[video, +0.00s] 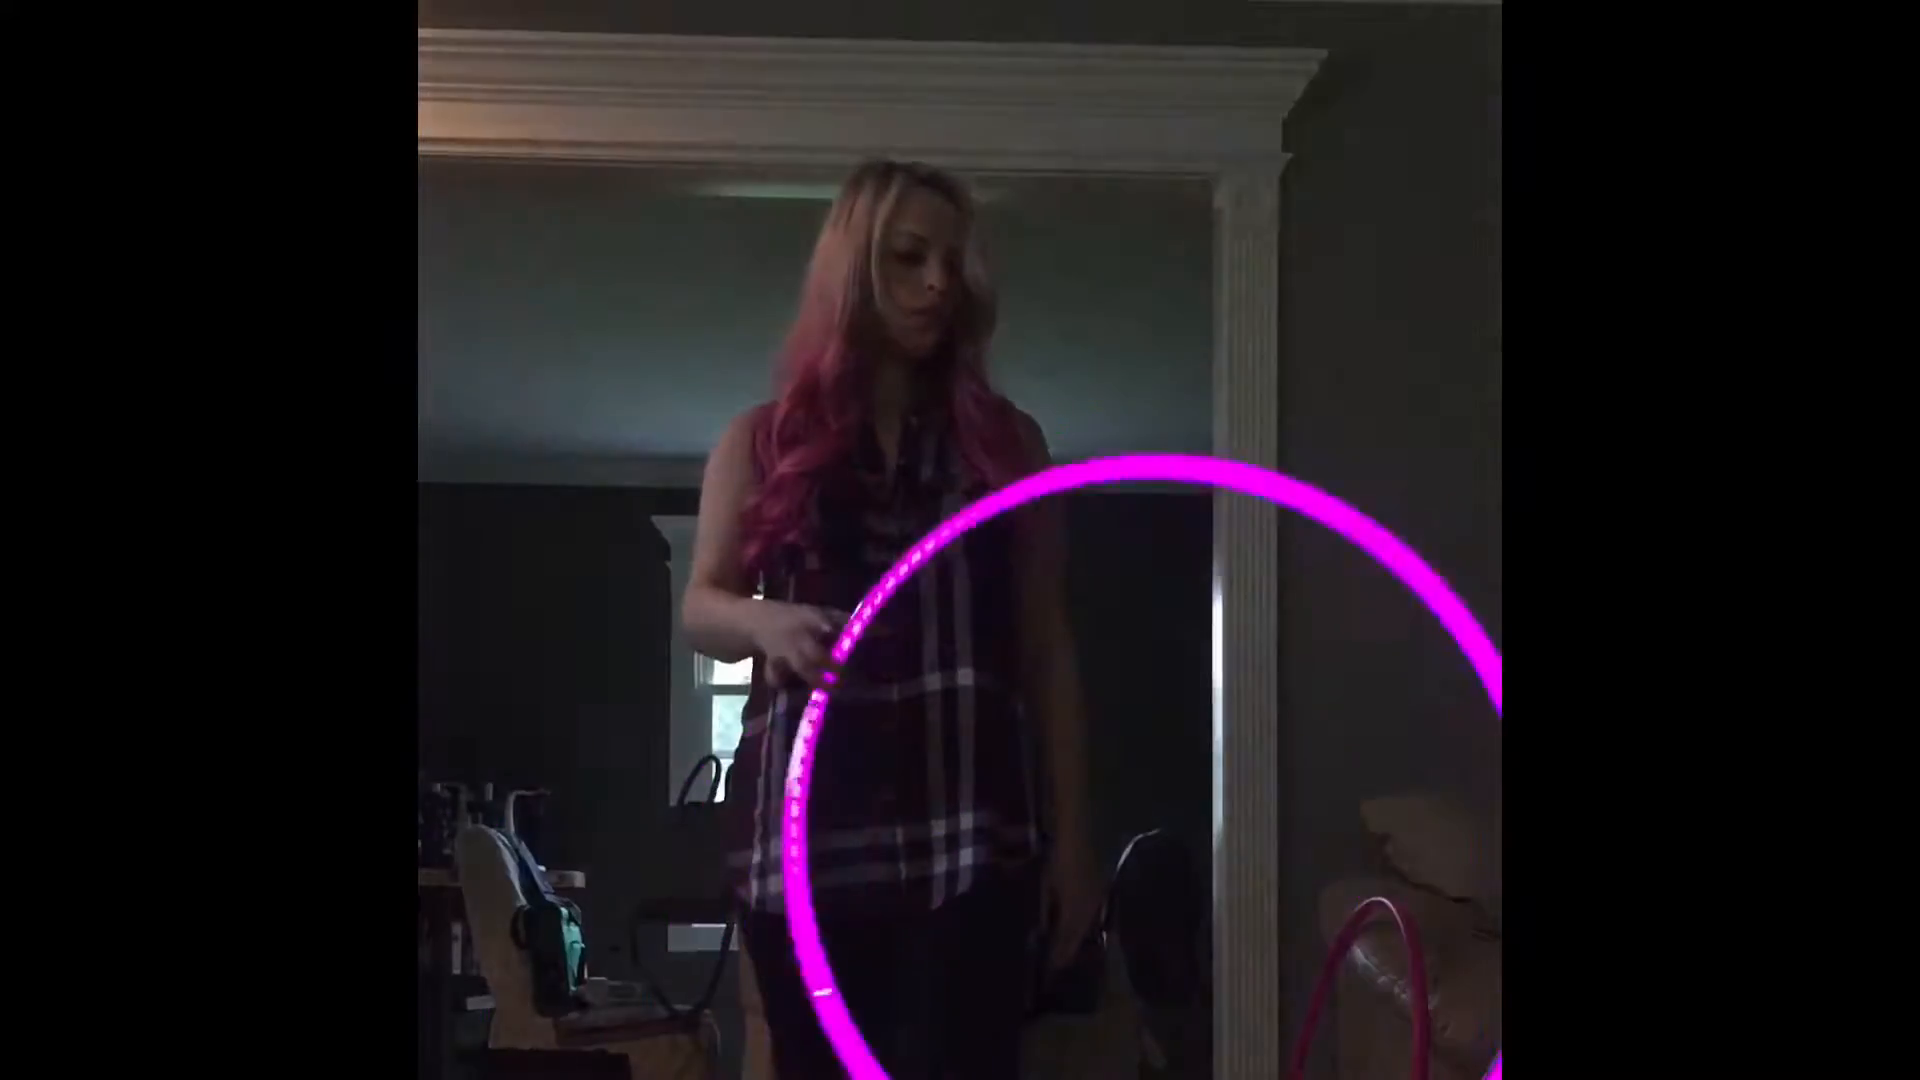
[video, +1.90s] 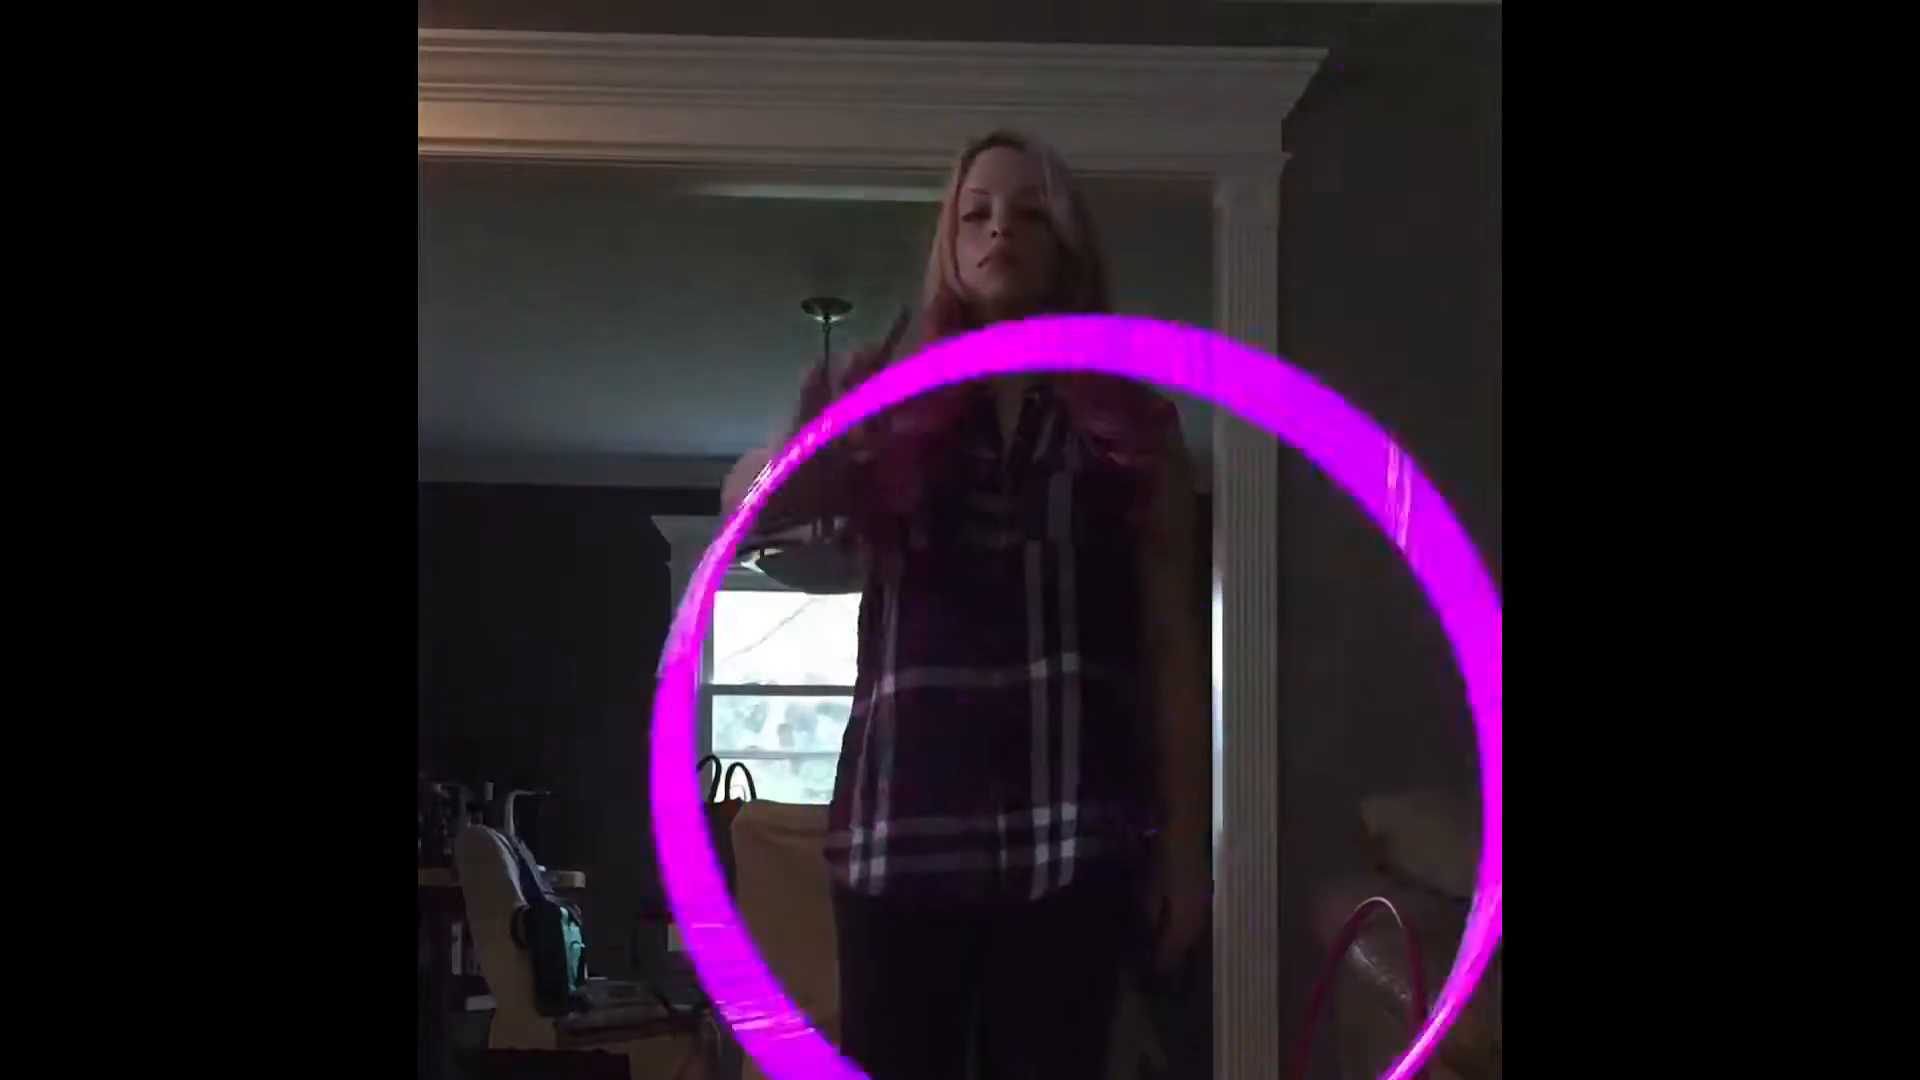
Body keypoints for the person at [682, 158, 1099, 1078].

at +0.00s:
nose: (939, 283)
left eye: (955, 260)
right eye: (910, 256)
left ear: (973, 274)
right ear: (851, 267)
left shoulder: (1006, 440)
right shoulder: (763, 442)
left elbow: (1047, 648)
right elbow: (700, 610)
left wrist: (1070, 840)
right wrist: (766, 623)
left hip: (975, 835)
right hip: (814, 840)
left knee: (973, 1059)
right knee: (828, 1064)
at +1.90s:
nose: (1001, 227)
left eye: (1029, 209)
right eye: (977, 213)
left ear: (1070, 240)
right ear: (944, 245)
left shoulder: (1128, 404)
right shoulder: (875, 384)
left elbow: (1172, 631)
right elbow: (768, 525)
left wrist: (1185, 839)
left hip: (1080, 833)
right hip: (905, 836)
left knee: (1054, 1065)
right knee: (901, 1066)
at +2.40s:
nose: (1016, 237)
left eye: (1041, 218)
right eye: (992, 219)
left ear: (1080, 246)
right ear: (959, 250)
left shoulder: (1137, 422)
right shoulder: (900, 401)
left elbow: (1174, 639)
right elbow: (800, 494)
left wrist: (1187, 835)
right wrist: (964, 458)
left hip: (1082, 820)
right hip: (911, 814)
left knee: (1053, 1067)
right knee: (822, 1064)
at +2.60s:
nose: (1014, 244)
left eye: (1039, 225)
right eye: (990, 229)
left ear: (1082, 252)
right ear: (957, 265)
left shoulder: (1137, 436)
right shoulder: (921, 410)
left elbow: (1173, 652)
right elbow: (811, 461)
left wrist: (1190, 864)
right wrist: (983, 363)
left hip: (1076, 835)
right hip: (905, 826)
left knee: (1045, 1071)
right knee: (778, 1059)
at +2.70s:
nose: (1006, 261)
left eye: (1035, 239)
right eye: (980, 242)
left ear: (1080, 272)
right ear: (948, 279)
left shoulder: (1141, 449)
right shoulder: (908, 430)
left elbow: (1178, 672)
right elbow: (757, 428)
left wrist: (1187, 869)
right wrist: (887, 271)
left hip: (1070, 865)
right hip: (886, 853)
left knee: (1031, 1072)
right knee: (748, 1066)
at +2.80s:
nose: (1002, 272)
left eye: (1030, 252)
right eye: (978, 256)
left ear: (1074, 286)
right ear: (947, 291)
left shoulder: (1133, 470)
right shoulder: (894, 439)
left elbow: (1175, 686)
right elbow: (705, 440)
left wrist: (1187, 883)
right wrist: (775, 338)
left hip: (1071, 866)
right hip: (894, 855)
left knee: (1034, 1068)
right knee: (754, 1064)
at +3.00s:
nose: (998, 269)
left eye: (1024, 249)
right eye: (974, 251)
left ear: (1063, 279)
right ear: (940, 283)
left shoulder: (1118, 471)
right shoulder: (883, 442)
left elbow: (1152, 687)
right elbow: (684, 497)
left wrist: (1164, 891)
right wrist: (782, 574)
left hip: (1055, 869)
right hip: (888, 852)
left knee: (1021, 1070)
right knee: (750, 1068)